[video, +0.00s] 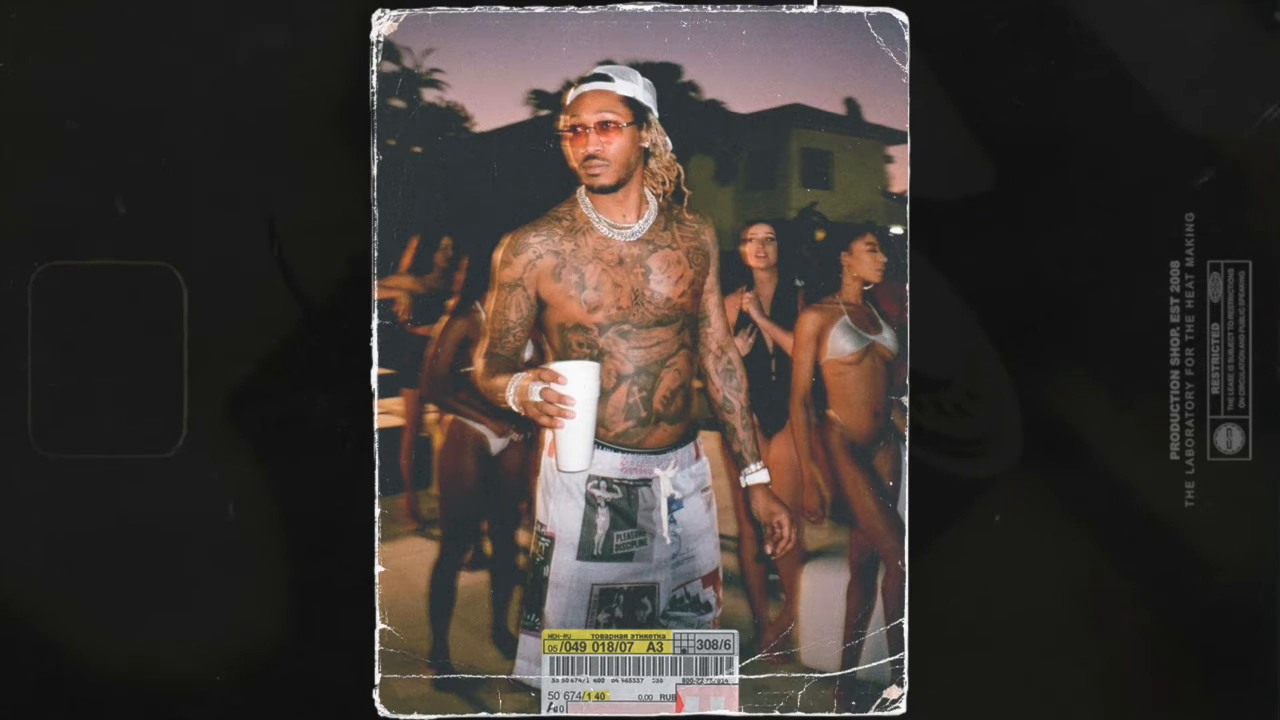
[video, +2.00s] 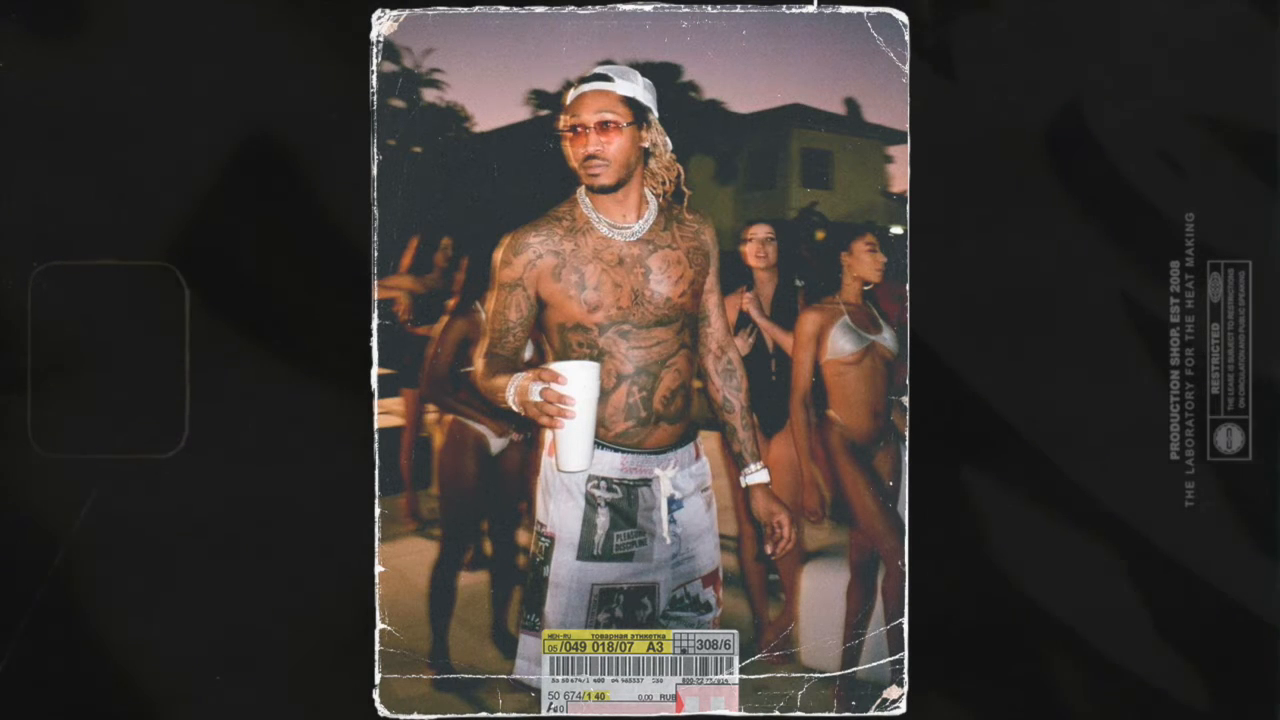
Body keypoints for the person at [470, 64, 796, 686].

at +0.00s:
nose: (590, 143)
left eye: (608, 126)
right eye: (576, 130)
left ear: (646, 138)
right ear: (565, 143)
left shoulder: (693, 236)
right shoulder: (532, 248)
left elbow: (720, 358)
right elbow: (490, 366)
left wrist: (756, 481)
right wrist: (516, 389)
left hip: (681, 477)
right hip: (582, 482)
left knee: (690, 663)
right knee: (573, 667)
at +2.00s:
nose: (590, 143)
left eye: (608, 126)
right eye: (576, 130)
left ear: (646, 138)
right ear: (565, 143)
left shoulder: (693, 235)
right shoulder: (532, 247)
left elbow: (720, 358)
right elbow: (491, 364)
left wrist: (756, 482)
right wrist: (516, 389)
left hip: (681, 476)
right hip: (583, 481)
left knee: (689, 663)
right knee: (573, 668)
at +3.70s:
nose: (590, 143)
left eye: (608, 126)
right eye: (576, 130)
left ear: (645, 138)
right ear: (565, 144)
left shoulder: (693, 235)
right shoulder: (532, 248)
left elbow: (720, 358)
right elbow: (491, 365)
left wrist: (756, 482)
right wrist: (516, 389)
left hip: (681, 477)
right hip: (582, 482)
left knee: (689, 664)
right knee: (574, 669)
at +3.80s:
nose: (590, 143)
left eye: (608, 126)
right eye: (576, 130)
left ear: (645, 138)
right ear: (565, 144)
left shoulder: (693, 236)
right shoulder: (532, 248)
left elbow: (720, 359)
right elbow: (491, 365)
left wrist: (756, 482)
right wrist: (516, 389)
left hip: (681, 477)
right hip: (582, 482)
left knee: (689, 664)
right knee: (574, 669)